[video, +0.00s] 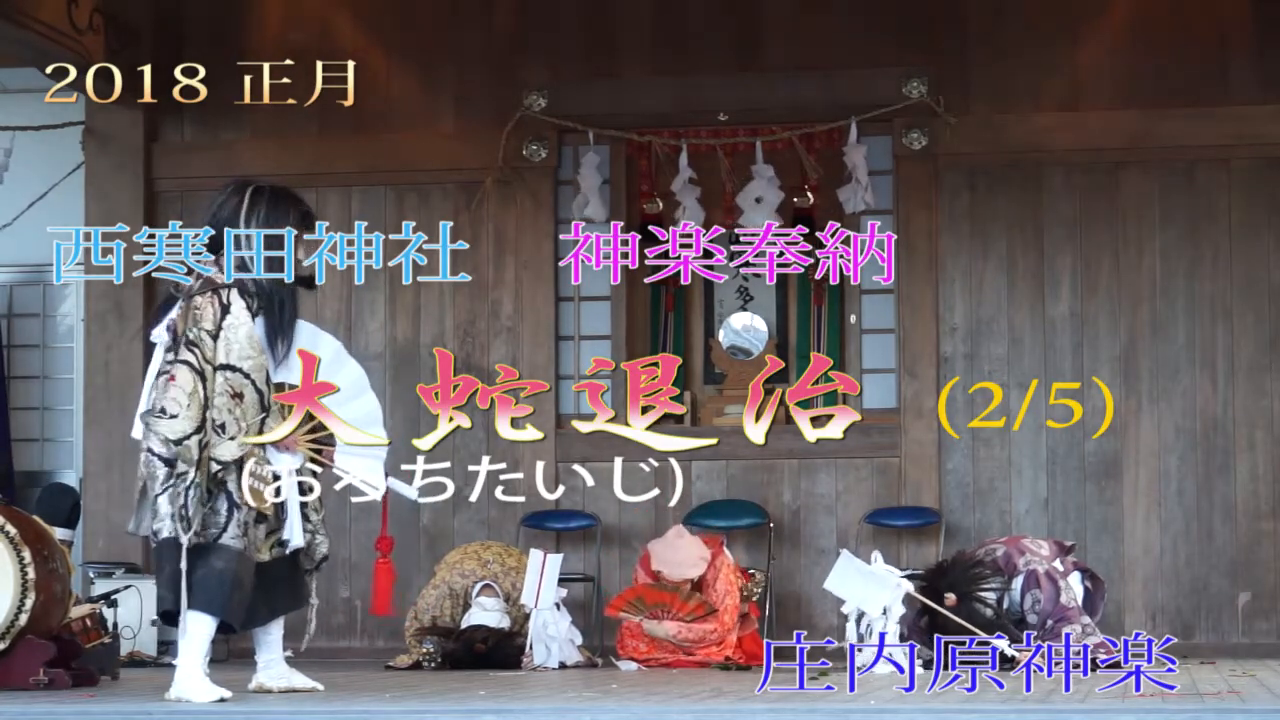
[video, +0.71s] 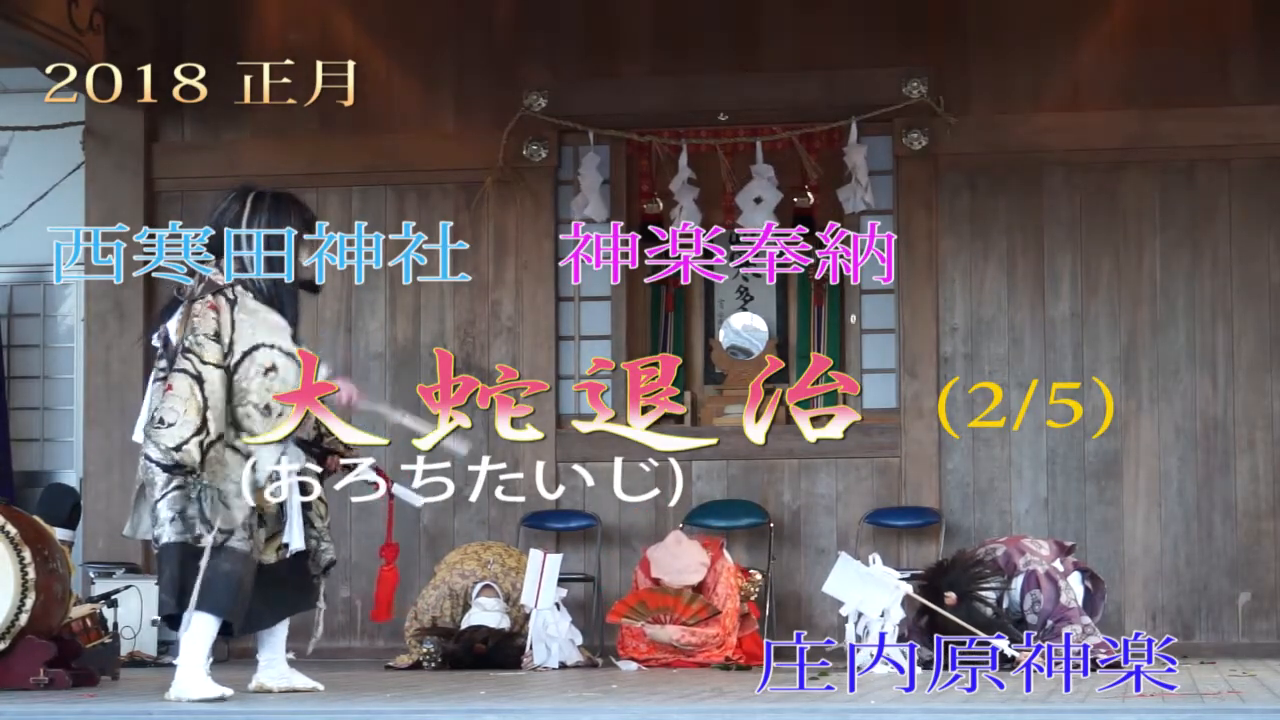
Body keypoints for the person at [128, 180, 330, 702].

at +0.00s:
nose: (305, 251)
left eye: (304, 238)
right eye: (297, 236)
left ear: (244, 236)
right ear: (263, 238)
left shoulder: (266, 307)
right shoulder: (216, 305)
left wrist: (302, 436)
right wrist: (264, 454)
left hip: (258, 459)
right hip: (219, 461)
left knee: (272, 552)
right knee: (221, 553)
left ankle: (272, 664)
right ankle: (190, 673)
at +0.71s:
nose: (306, 257)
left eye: (304, 243)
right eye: (299, 242)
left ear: (236, 238)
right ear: (268, 241)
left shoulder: (212, 303)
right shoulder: (246, 309)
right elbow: (263, 405)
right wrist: (318, 438)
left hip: (262, 449)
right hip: (233, 450)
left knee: (282, 549)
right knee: (231, 551)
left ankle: (273, 663)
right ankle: (191, 672)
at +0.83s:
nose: (300, 255)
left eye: (301, 244)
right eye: (296, 243)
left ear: (238, 239)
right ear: (270, 243)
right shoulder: (219, 304)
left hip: (247, 446)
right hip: (201, 451)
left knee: (287, 545)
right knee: (236, 547)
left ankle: (274, 663)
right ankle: (192, 670)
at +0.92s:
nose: (308, 262)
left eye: (308, 251)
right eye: (301, 249)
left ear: (237, 244)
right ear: (273, 247)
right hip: (202, 447)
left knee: (290, 546)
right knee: (251, 550)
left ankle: (274, 664)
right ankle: (194, 670)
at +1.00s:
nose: (291, 246)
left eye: (293, 235)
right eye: (281, 235)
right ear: (252, 234)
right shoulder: (225, 292)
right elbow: (228, 386)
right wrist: (277, 445)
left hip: (253, 443)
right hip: (218, 448)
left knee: (291, 546)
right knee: (263, 556)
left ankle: (273, 664)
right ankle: (195, 671)